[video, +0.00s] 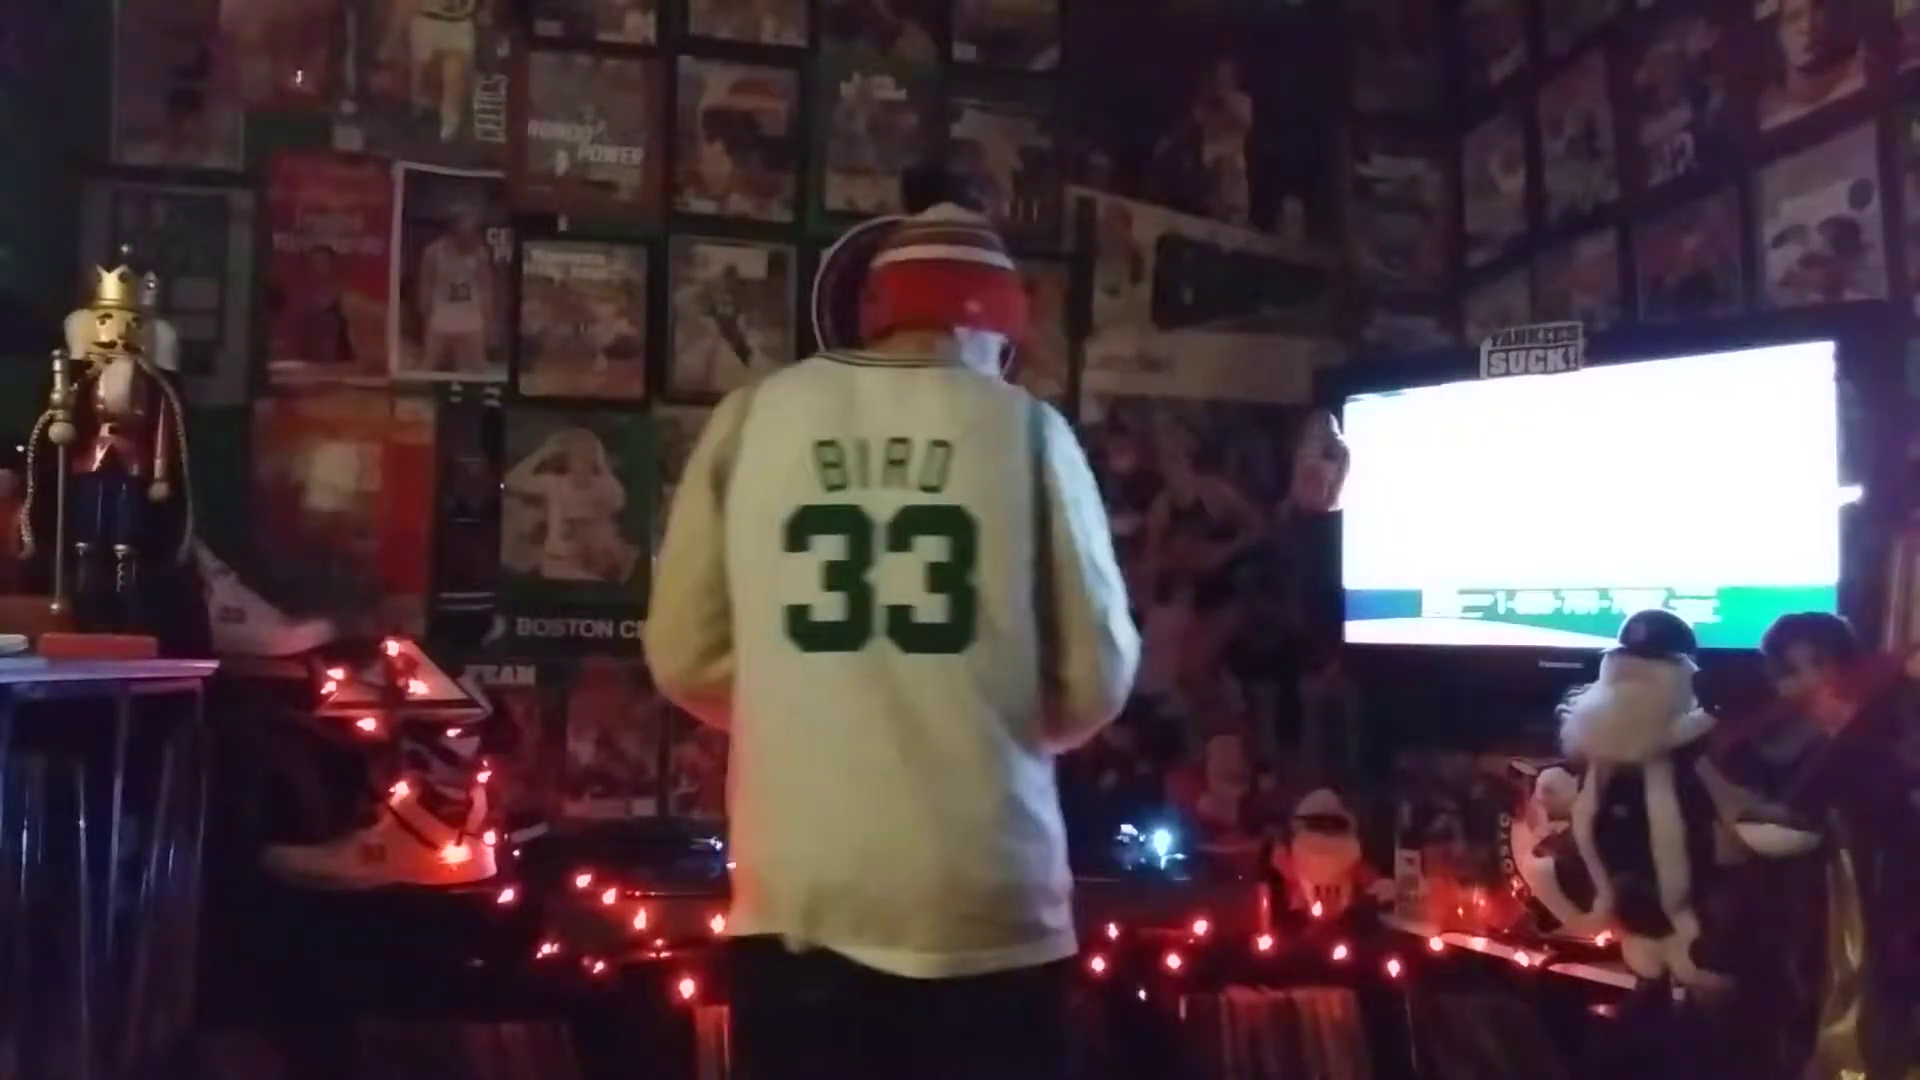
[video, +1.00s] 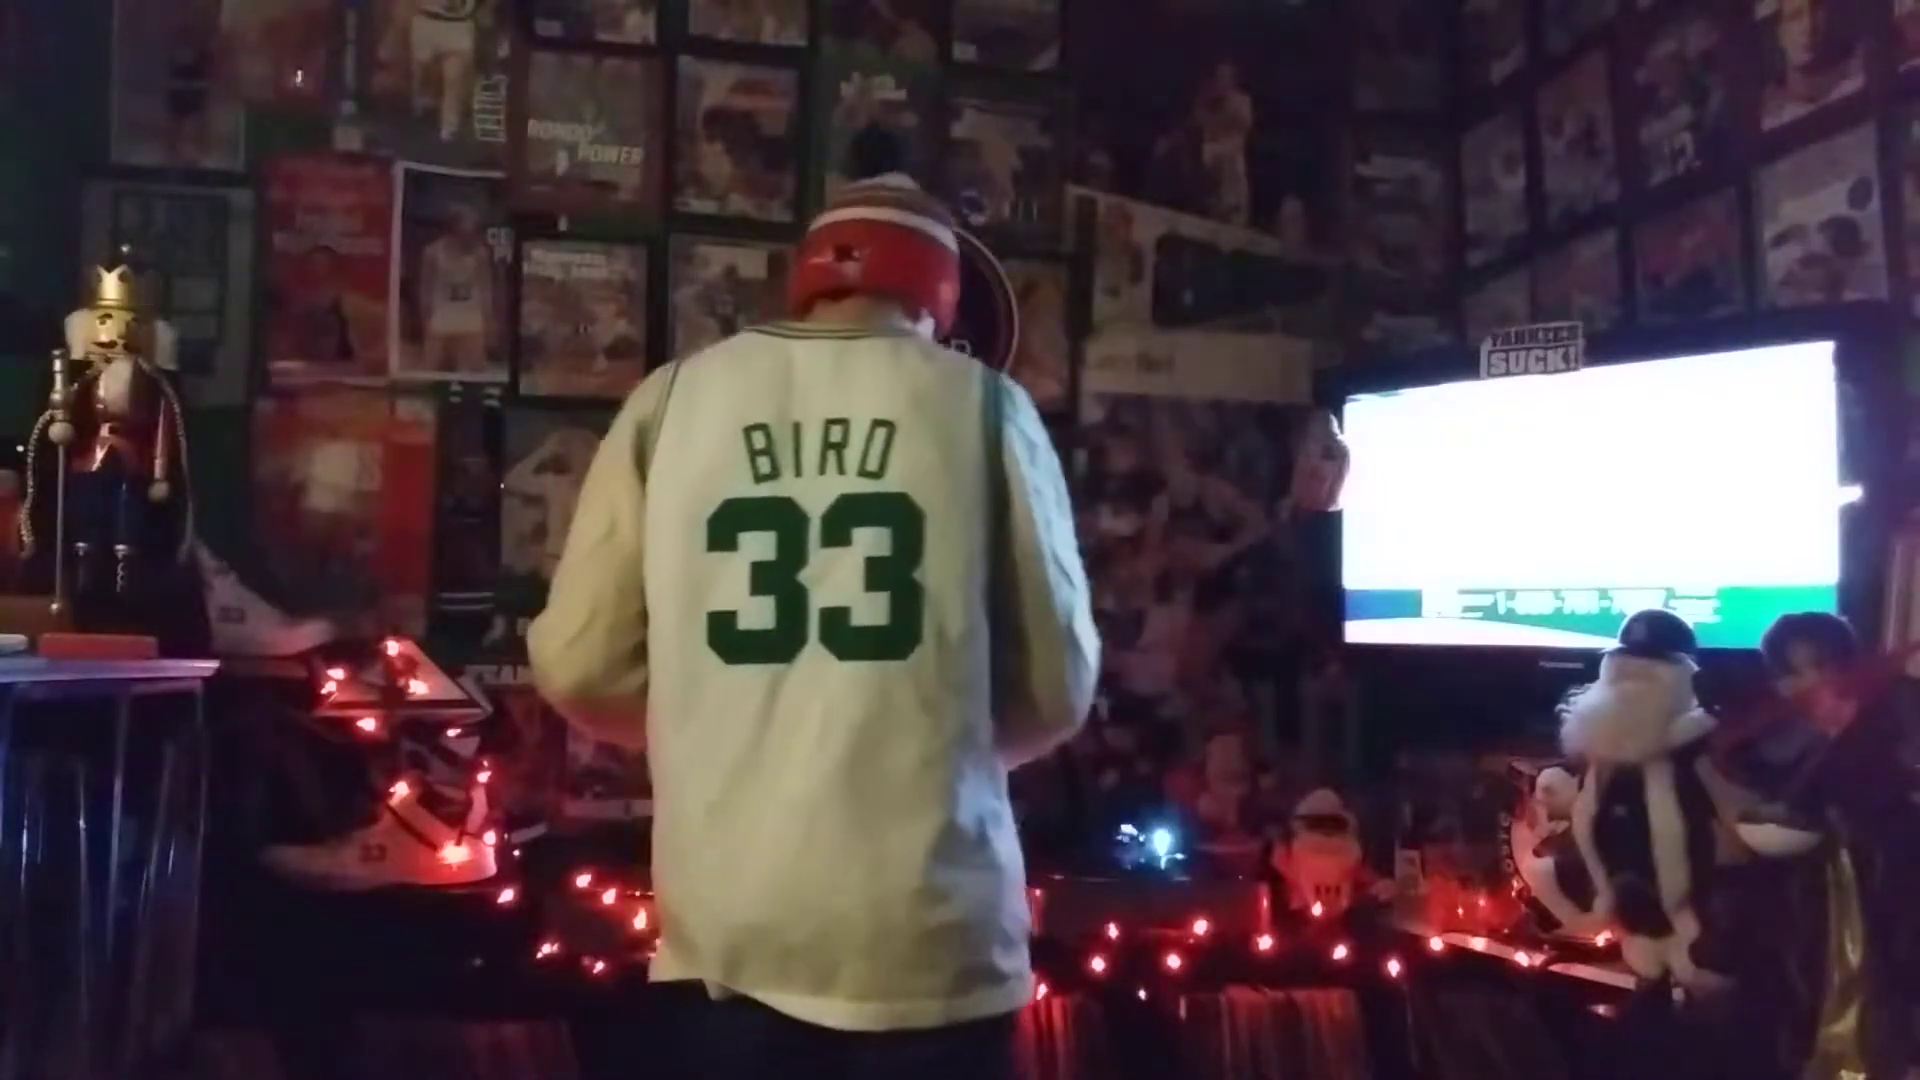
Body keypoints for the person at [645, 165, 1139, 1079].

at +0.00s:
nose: (1013, 352)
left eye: (1011, 339)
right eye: (1010, 335)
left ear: (874, 316)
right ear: (994, 327)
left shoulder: (756, 412)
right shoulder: (1032, 430)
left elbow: (685, 653)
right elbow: (1093, 678)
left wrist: (809, 721)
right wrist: (982, 735)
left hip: (796, 903)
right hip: (990, 908)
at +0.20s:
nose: (966, 363)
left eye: (966, 347)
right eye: (963, 343)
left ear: (828, 317)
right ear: (942, 331)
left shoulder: (699, 423)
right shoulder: (970, 424)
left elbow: (642, 667)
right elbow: (1032, 682)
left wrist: (775, 704)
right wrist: (930, 753)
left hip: (750, 906)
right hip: (939, 911)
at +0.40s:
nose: (945, 366)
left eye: (945, 353)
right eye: (943, 348)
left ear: (805, 320)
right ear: (923, 332)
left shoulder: (664, 427)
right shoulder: (934, 420)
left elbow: (595, 665)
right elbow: (998, 681)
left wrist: (732, 719)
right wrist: (935, 762)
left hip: (712, 917)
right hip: (907, 918)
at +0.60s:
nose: (932, 351)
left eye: (933, 340)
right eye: (927, 334)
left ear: (785, 315)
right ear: (904, 329)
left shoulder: (648, 421)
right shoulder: (928, 417)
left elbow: (561, 659)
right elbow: (1003, 669)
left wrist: (705, 714)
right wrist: (929, 763)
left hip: (710, 919)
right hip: (908, 917)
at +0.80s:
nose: (929, 349)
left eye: (928, 336)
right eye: (925, 332)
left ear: (781, 306)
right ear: (905, 322)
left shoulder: (648, 412)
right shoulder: (945, 411)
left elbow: (567, 664)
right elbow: (1025, 677)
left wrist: (706, 703)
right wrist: (907, 748)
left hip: (706, 925)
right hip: (914, 925)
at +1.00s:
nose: (956, 327)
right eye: (955, 309)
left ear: (806, 287)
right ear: (940, 305)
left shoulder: (669, 399)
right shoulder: (990, 407)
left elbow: (575, 663)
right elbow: (1056, 692)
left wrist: (717, 704)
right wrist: (922, 751)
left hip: (719, 936)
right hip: (930, 939)